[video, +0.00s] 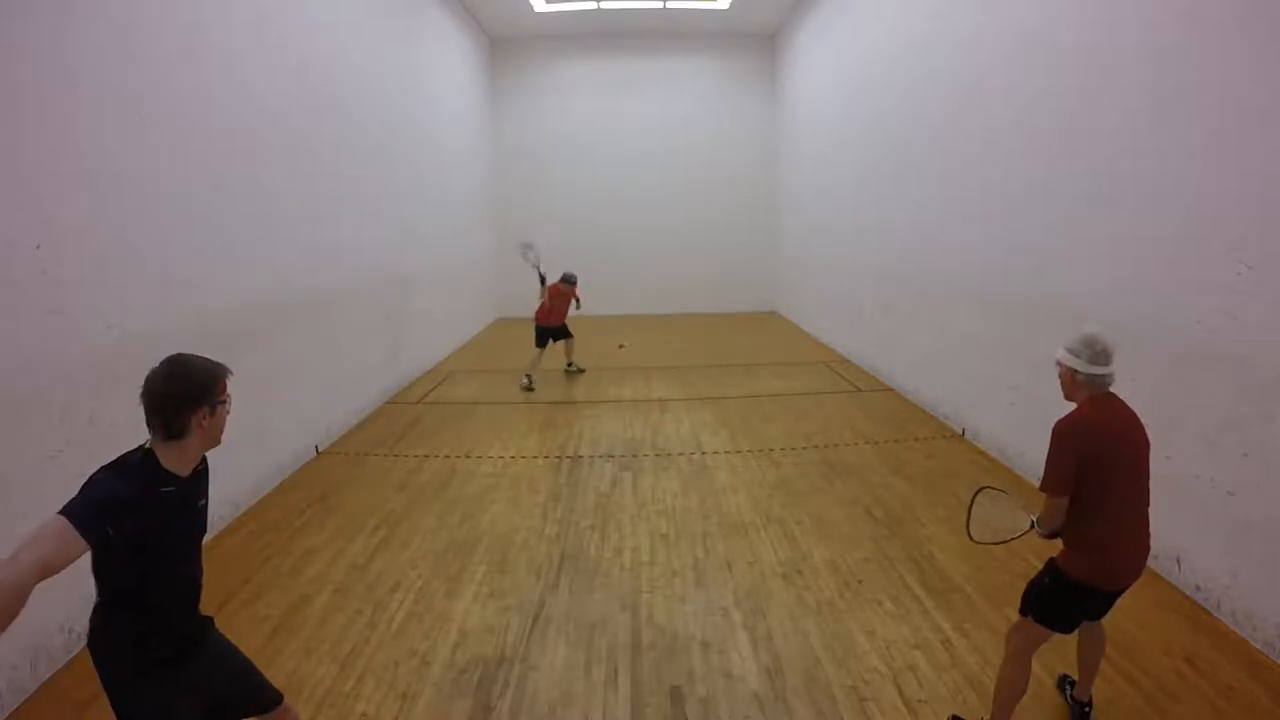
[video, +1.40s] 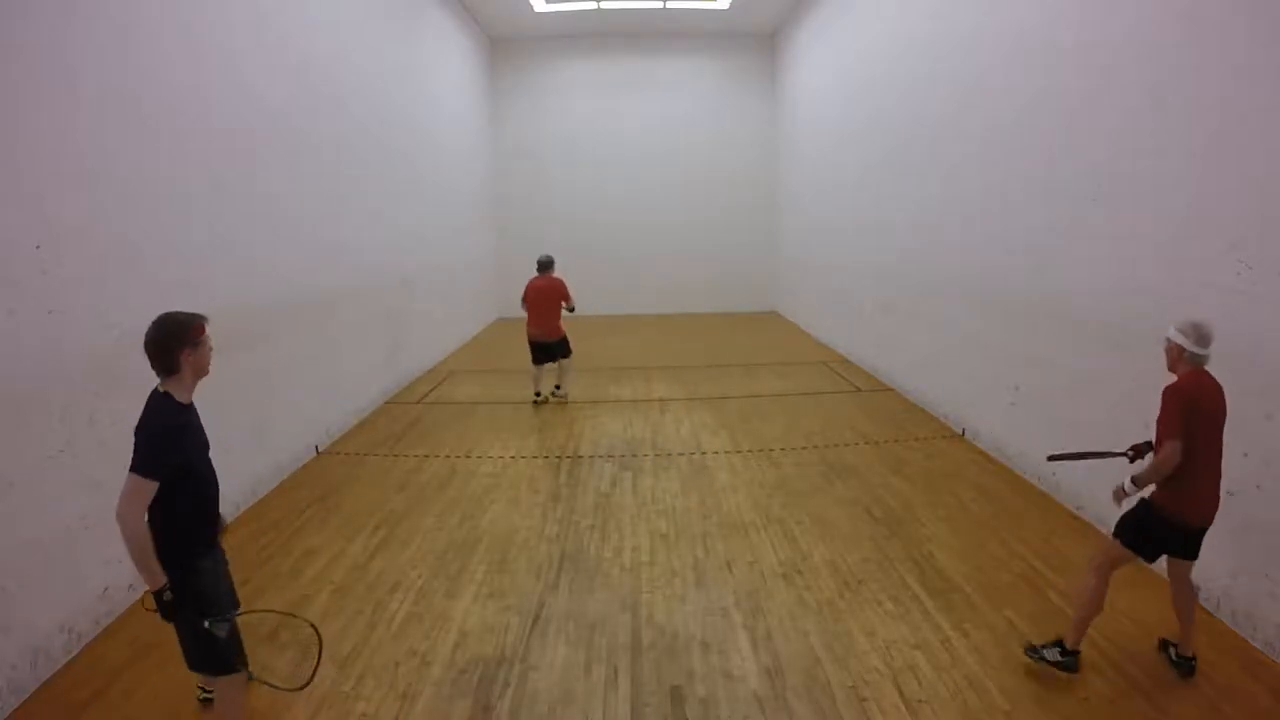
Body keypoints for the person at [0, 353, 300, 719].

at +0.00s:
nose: (228, 412)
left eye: (227, 403)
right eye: (224, 404)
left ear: (196, 420)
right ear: (201, 419)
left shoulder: (195, 466)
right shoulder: (117, 489)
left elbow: (175, 553)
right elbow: (22, 568)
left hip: (187, 627)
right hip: (132, 651)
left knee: (279, 711)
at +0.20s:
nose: (257, 404)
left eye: (254, 394)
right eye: (252, 396)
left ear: (226, 412)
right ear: (231, 412)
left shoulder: (227, 457)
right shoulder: (155, 482)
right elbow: (70, 561)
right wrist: (12, 671)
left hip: (216, 617)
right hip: (162, 637)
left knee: (303, 695)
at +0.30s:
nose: (272, 392)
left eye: (271, 384)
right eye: (268, 385)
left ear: (240, 398)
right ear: (246, 397)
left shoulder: (241, 446)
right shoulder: (176, 470)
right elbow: (94, 555)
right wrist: (57, 669)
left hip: (234, 602)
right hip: (181, 623)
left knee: (312, 681)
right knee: (202, 713)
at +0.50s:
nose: (278, 355)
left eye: (277, 347)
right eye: (274, 348)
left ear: (248, 362)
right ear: (253, 361)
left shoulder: (248, 411)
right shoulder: (185, 429)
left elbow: (230, 489)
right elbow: (116, 520)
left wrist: (251, 537)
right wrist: (110, 635)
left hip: (239, 572)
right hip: (190, 592)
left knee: (293, 669)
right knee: (232, 710)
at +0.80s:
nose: (255, 359)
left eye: (252, 349)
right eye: (246, 351)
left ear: (219, 362)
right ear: (216, 360)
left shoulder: (226, 408)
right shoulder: (167, 434)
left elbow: (210, 498)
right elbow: (122, 536)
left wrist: (233, 565)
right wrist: (182, 625)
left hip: (239, 574)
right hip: (195, 597)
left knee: (288, 669)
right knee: (249, 703)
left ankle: (307, 714)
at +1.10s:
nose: (220, 359)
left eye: (218, 348)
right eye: (208, 351)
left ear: (181, 361)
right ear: (173, 360)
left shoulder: (191, 407)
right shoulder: (148, 436)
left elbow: (187, 496)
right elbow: (116, 541)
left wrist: (210, 560)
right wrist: (179, 614)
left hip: (213, 564)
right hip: (177, 591)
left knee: (258, 641)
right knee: (219, 697)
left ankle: (258, 707)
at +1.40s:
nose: (211, 351)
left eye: (208, 343)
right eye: (205, 345)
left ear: (177, 357)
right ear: (186, 357)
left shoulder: (177, 405)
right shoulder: (162, 422)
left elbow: (175, 486)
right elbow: (129, 514)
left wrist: (208, 533)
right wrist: (161, 589)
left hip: (203, 550)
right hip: (190, 565)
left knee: (213, 636)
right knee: (232, 680)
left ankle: (210, 693)